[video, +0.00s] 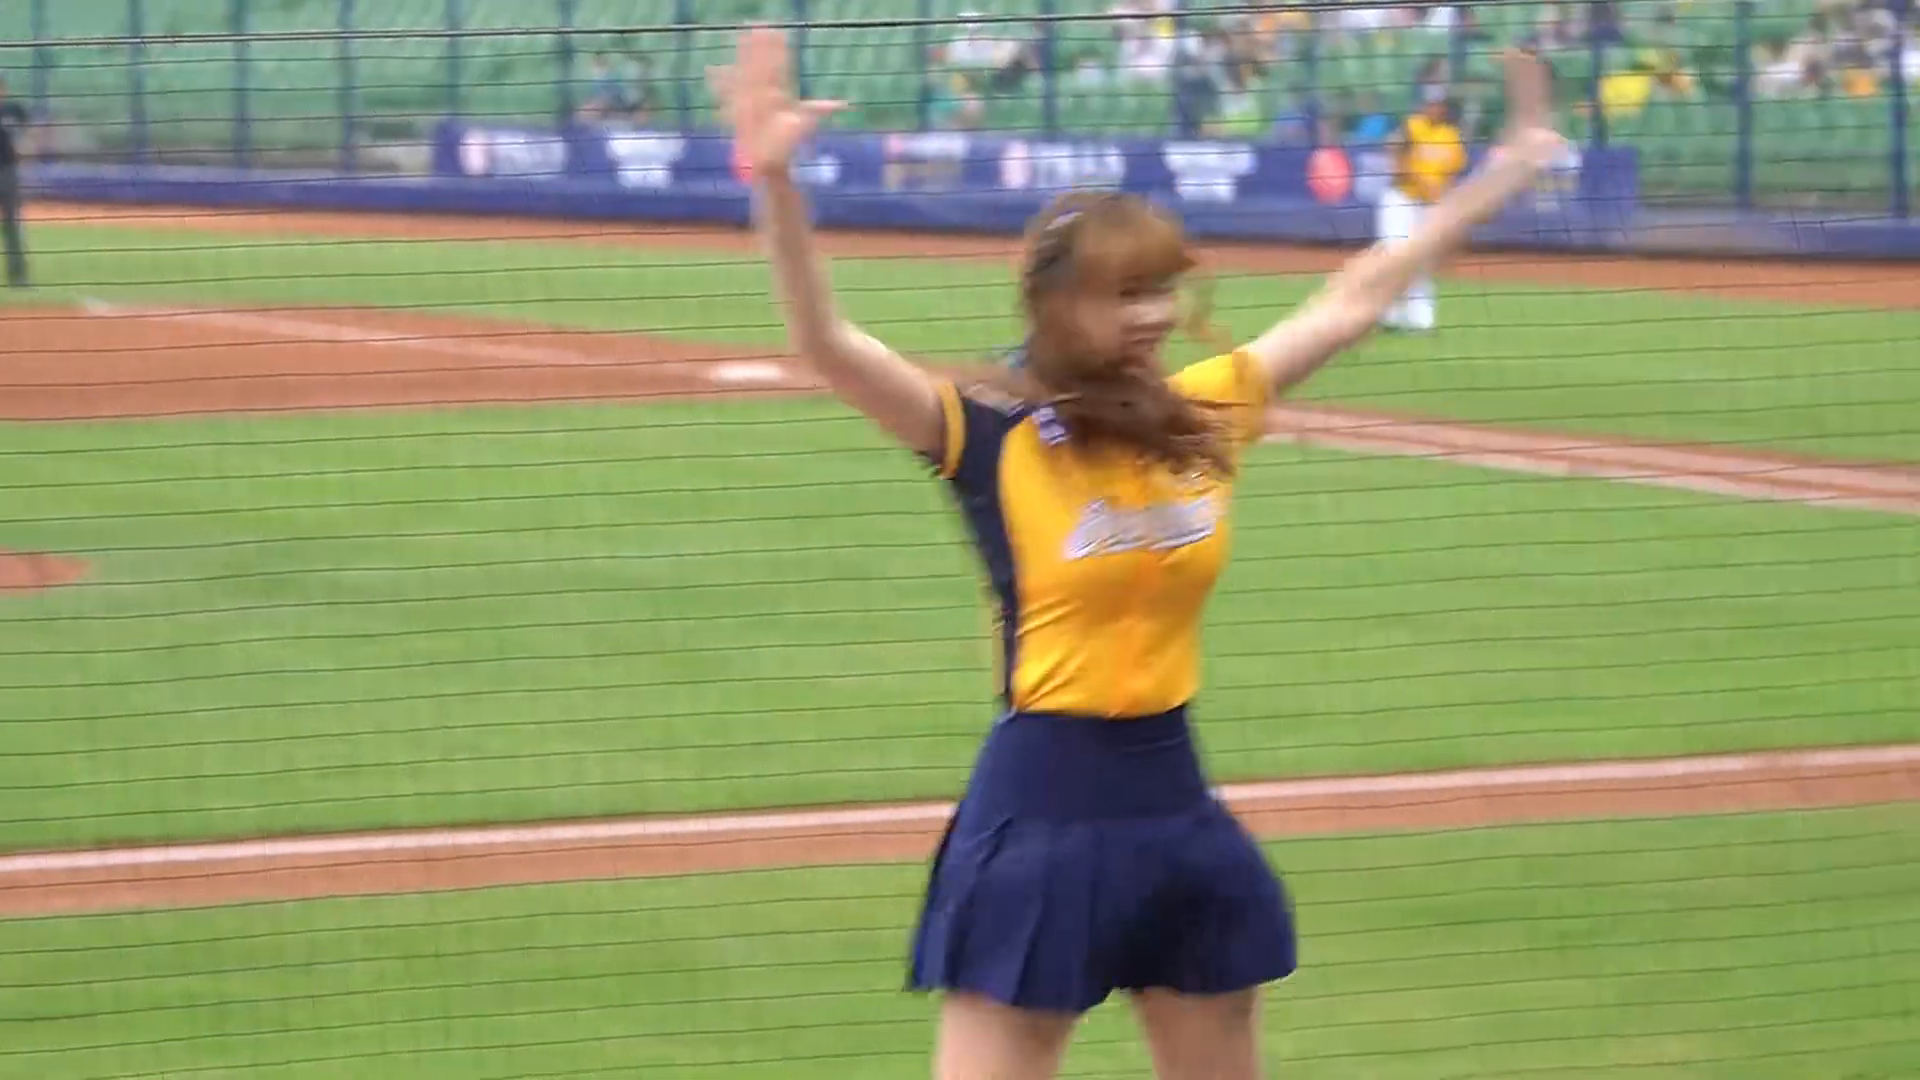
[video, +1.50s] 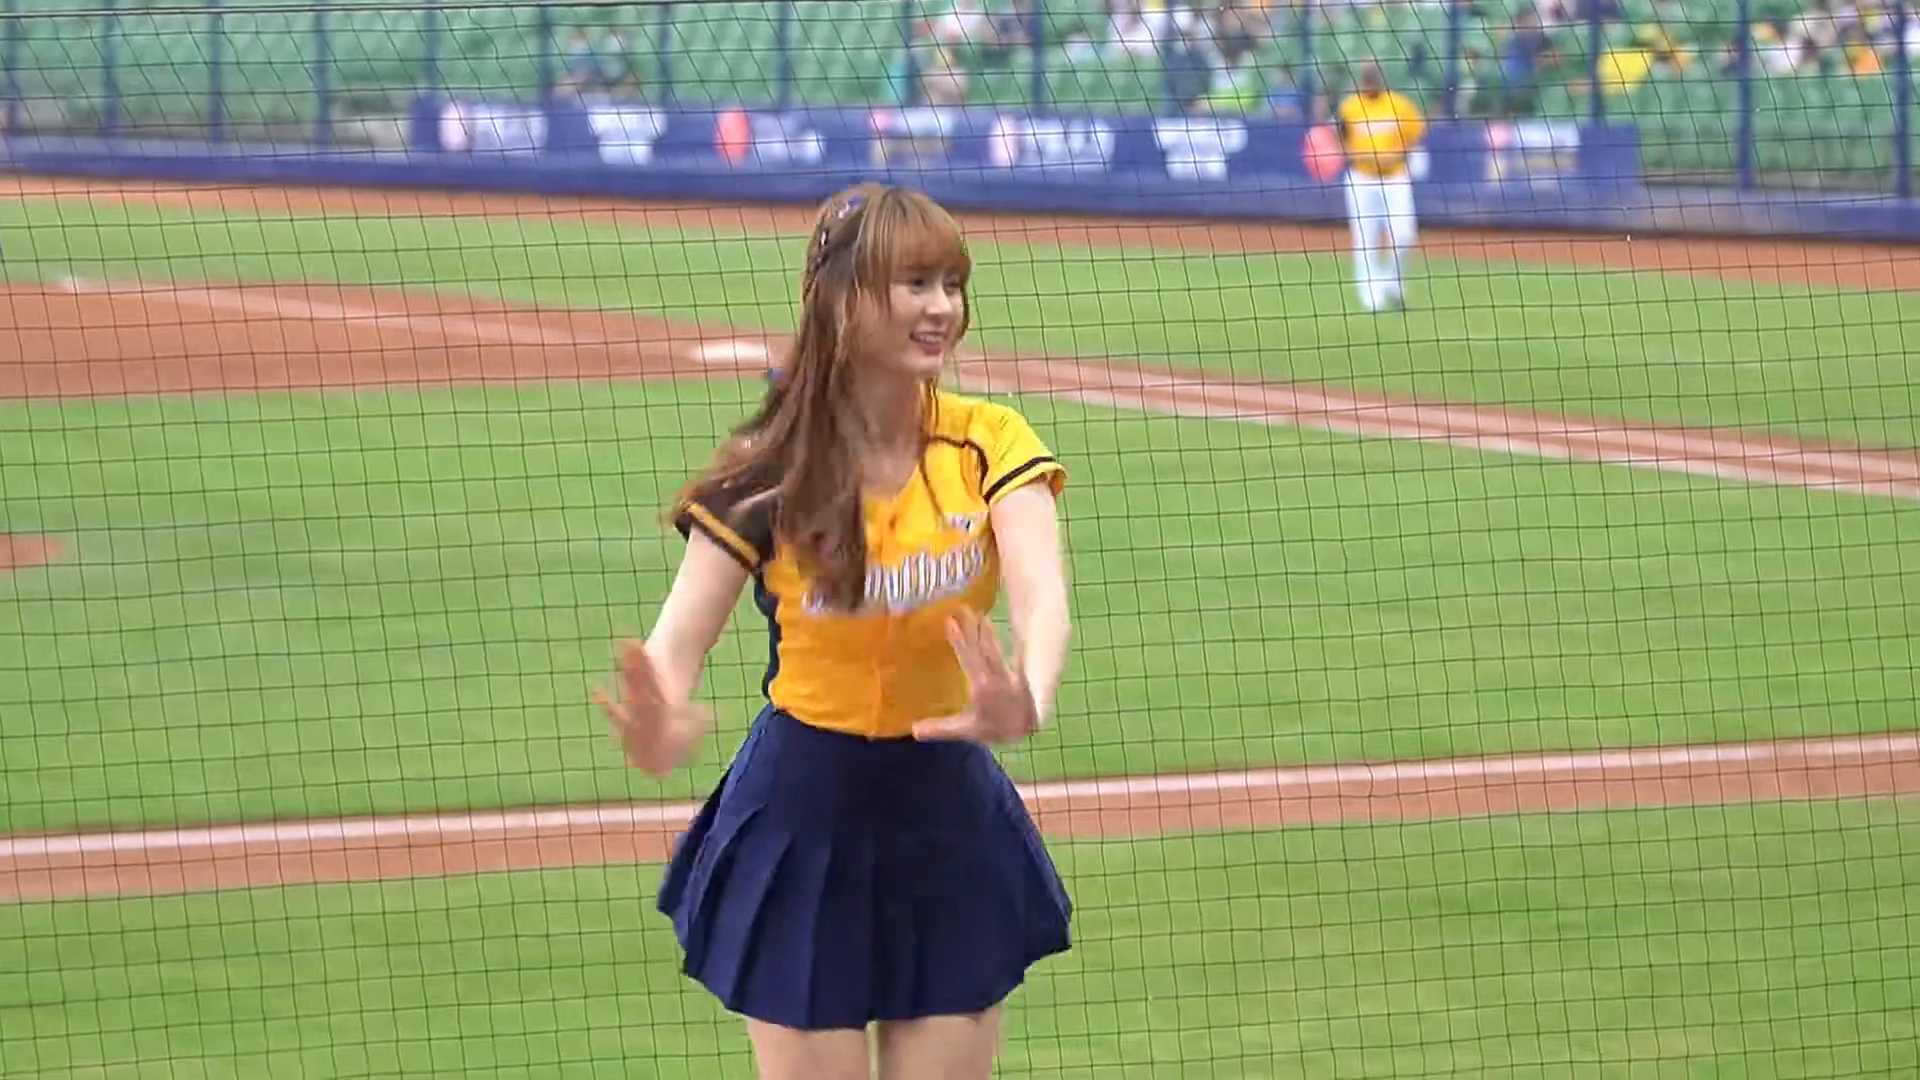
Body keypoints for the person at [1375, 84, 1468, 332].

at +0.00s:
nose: (1434, 110)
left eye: (1439, 105)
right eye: (1430, 104)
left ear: (1446, 107)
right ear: (1423, 105)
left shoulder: (1451, 134)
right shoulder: (1411, 128)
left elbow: (1458, 163)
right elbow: (1399, 166)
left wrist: (1441, 185)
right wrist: (1425, 187)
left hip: (1430, 201)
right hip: (1400, 198)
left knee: (1422, 258)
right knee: (1396, 255)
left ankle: (1420, 312)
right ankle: (1390, 311)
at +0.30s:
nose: (1399, 107)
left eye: (1404, 102)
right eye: (1395, 101)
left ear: (1412, 104)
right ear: (1387, 101)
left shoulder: (1414, 133)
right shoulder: (1373, 122)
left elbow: (1418, 164)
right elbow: (1356, 154)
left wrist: (1416, 181)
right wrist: (1395, 177)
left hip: (1397, 200)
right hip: (1366, 197)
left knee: (1392, 257)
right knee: (1367, 252)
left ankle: (1389, 312)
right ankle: (1358, 308)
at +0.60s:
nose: (1376, 103)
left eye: (1381, 98)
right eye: (1372, 97)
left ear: (1388, 99)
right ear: (1365, 97)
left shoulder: (1397, 128)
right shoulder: (1350, 122)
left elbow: (1404, 165)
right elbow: (1337, 154)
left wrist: (1384, 175)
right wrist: (1371, 172)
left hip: (1385, 198)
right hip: (1352, 196)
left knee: (1384, 255)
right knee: (1348, 256)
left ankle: (1387, 311)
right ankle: (1344, 309)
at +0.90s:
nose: (1360, 99)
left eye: (1365, 93)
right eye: (1356, 93)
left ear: (1371, 95)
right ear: (1347, 94)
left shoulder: (1380, 122)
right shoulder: (1333, 119)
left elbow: (1392, 155)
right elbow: (1318, 151)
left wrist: (1373, 172)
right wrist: (1342, 167)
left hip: (1369, 193)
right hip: (1336, 194)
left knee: (1376, 252)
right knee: (1339, 254)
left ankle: (1385, 309)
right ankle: (1343, 309)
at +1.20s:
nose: (1369, 100)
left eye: (1373, 95)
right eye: (1365, 95)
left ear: (1381, 94)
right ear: (1358, 95)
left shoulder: (1397, 114)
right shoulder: (1348, 115)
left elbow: (1415, 144)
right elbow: (1334, 144)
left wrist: (1389, 161)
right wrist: (1354, 161)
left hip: (1393, 188)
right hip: (1359, 189)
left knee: (1402, 244)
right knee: (1363, 248)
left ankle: (1410, 304)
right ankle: (1370, 306)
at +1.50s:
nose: (1369, 83)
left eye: (1373, 78)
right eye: (1365, 78)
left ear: (1381, 79)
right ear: (1359, 81)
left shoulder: (1399, 104)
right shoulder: (1349, 107)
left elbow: (1418, 133)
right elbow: (1338, 136)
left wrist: (1398, 155)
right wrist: (1354, 157)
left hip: (1396, 176)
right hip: (1361, 177)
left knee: (1403, 234)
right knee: (1365, 237)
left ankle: (1392, 283)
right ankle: (1371, 295)